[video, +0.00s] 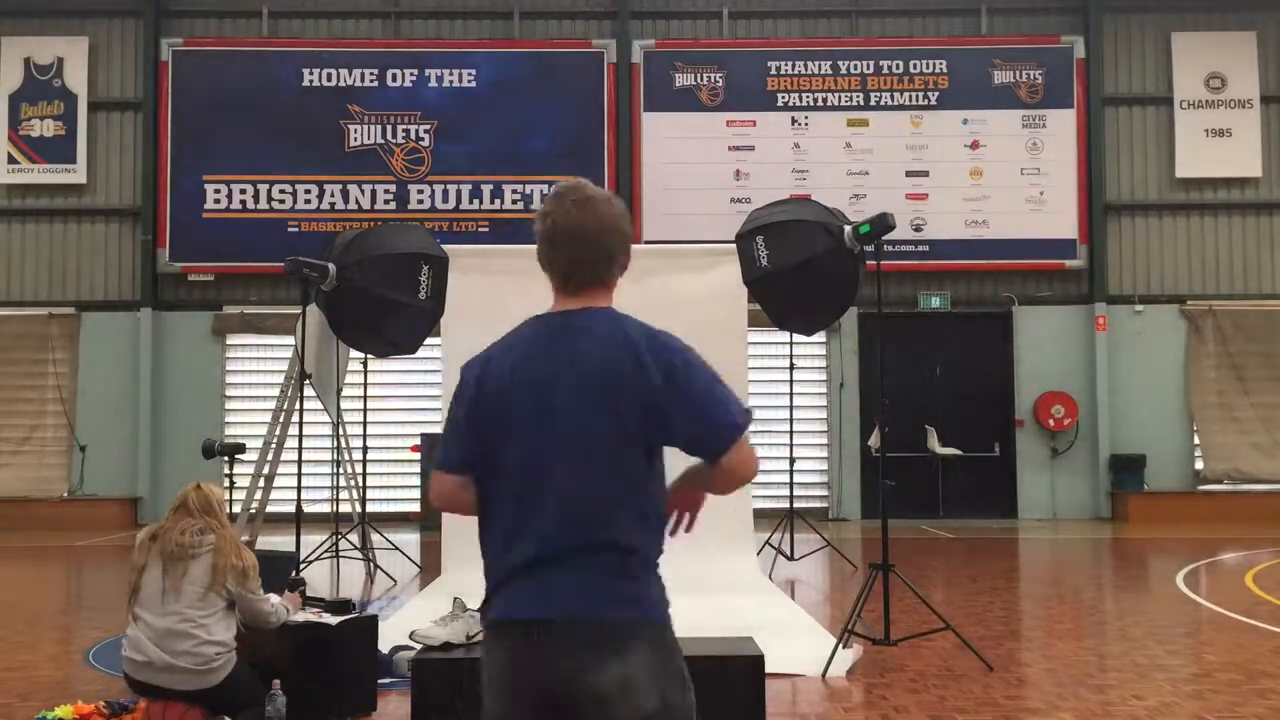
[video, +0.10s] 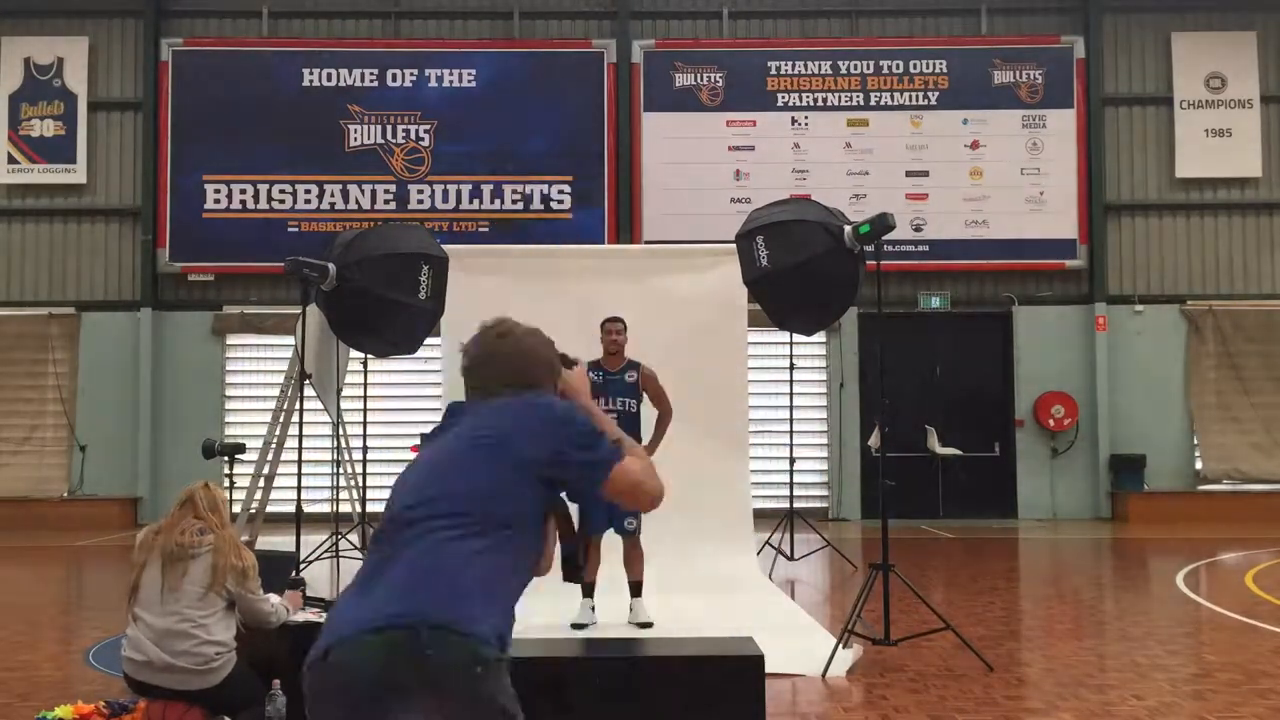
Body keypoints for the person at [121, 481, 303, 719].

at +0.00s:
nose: (227, 513)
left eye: (224, 507)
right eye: (224, 508)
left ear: (177, 509)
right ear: (218, 512)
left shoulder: (146, 540)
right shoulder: (233, 554)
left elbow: (138, 600)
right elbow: (260, 616)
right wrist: (287, 605)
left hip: (140, 677)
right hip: (205, 681)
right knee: (255, 702)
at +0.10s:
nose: (228, 515)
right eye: (225, 509)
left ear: (179, 509)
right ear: (220, 512)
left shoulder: (147, 540)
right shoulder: (233, 555)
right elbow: (260, 616)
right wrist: (287, 605)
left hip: (140, 677)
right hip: (204, 681)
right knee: (254, 702)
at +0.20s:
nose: (230, 520)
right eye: (228, 514)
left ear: (183, 511)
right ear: (222, 517)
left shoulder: (149, 538)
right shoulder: (234, 556)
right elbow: (264, 615)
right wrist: (288, 604)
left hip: (140, 676)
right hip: (205, 680)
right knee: (255, 705)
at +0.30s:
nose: (229, 523)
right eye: (227, 517)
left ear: (180, 513)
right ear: (221, 518)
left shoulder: (146, 539)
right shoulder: (231, 554)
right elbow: (264, 615)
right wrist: (288, 607)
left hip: (140, 677)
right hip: (204, 679)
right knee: (256, 702)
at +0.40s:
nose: (224, 515)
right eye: (222, 510)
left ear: (173, 507)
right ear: (215, 512)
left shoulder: (142, 541)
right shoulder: (229, 553)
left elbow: (136, 602)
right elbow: (261, 618)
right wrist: (301, 607)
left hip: (141, 677)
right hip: (205, 680)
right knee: (255, 703)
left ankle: (155, 706)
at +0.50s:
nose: (224, 515)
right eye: (221, 510)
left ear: (173, 509)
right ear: (215, 513)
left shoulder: (144, 543)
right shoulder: (230, 552)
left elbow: (135, 606)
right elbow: (266, 617)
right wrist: (302, 607)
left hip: (145, 679)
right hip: (208, 683)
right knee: (255, 703)